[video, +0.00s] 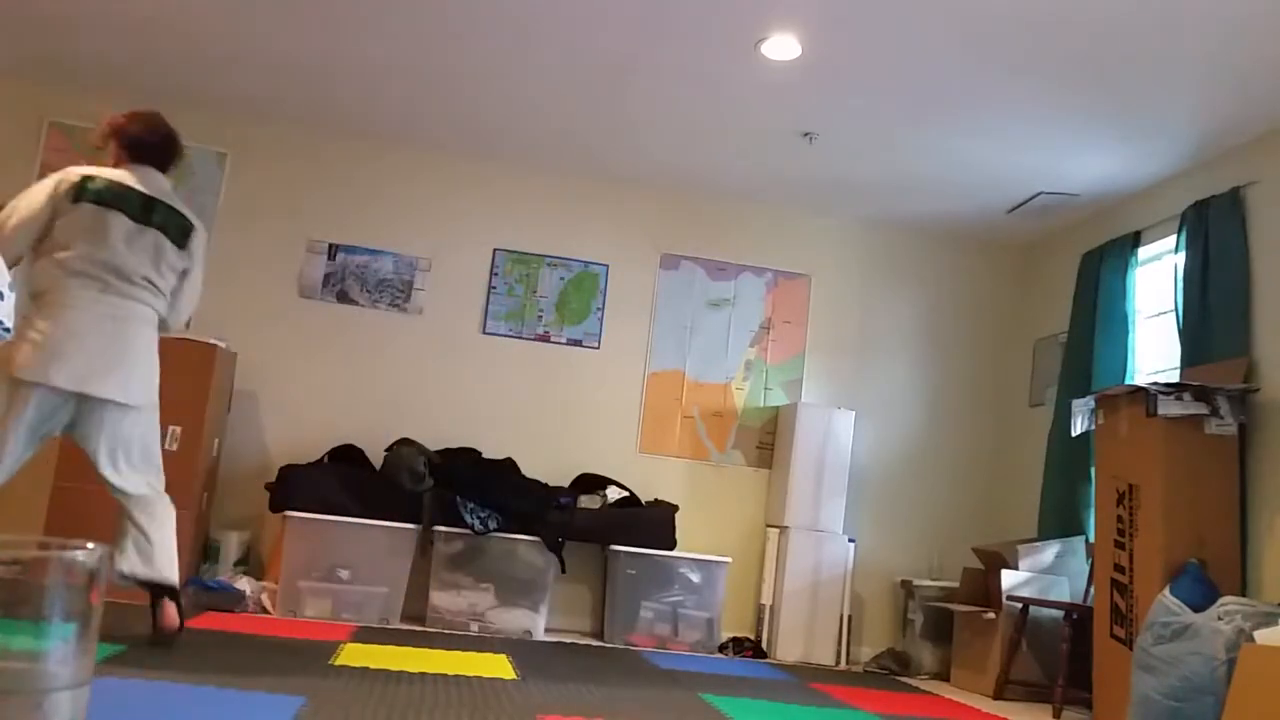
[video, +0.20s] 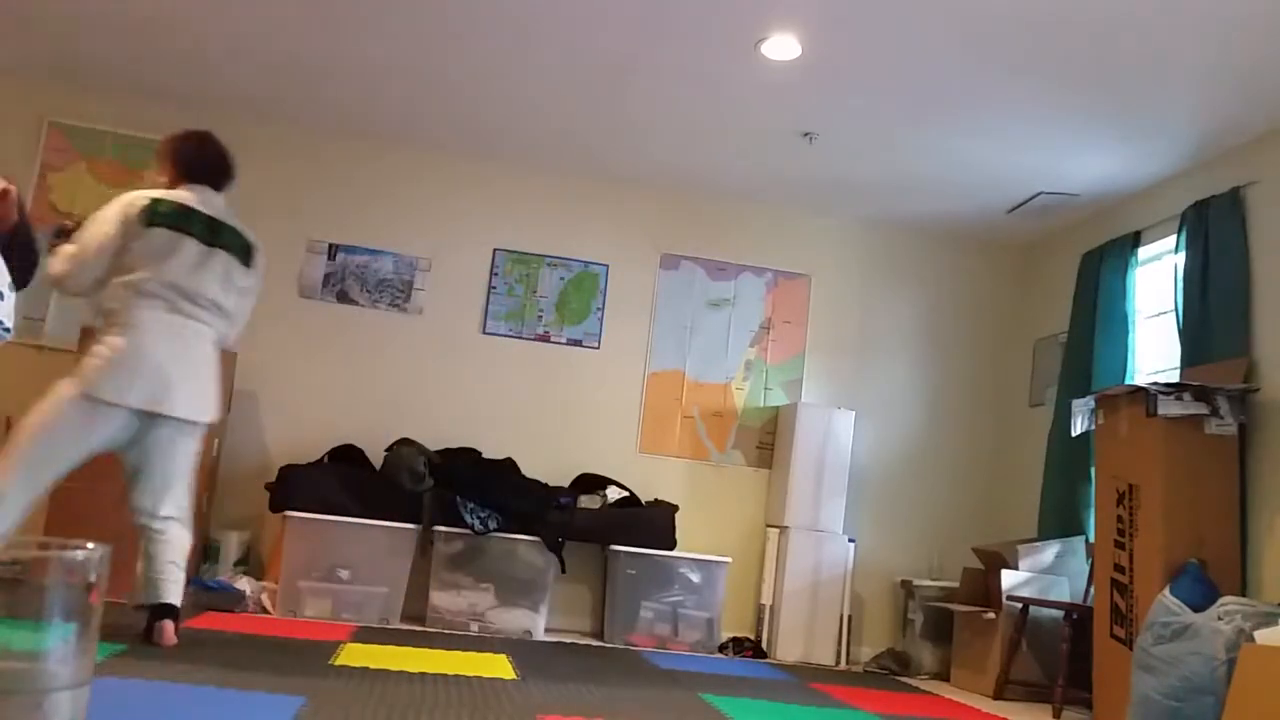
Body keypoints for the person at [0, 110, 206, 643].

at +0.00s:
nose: (102, 151)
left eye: (107, 144)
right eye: (106, 142)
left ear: (117, 150)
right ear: (167, 164)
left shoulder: (72, 182)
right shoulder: (190, 226)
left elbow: (8, 237)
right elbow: (176, 314)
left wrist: (32, 281)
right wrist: (128, 314)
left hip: (50, 347)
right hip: (129, 366)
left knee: (0, 460)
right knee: (143, 485)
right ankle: (164, 592)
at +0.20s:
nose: (154, 173)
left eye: (159, 164)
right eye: (158, 163)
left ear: (173, 170)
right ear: (222, 181)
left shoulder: (139, 205)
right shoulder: (246, 247)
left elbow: (73, 275)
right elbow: (231, 331)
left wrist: (61, 244)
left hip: (122, 372)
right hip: (193, 389)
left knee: (22, 472)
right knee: (167, 510)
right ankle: (165, 617)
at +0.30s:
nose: (186, 167)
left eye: (189, 159)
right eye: (189, 159)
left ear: (199, 162)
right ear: (250, 171)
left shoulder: (169, 198)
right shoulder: (275, 234)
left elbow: (109, 273)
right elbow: (266, 314)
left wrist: (92, 255)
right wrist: (223, 291)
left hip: (163, 356)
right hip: (232, 373)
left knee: (88, 461)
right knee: (199, 494)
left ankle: (32, 572)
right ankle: (173, 610)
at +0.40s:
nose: (208, 165)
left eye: (210, 157)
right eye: (210, 157)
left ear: (220, 158)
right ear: (272, 167)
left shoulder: (192, 191)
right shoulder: (298, 226)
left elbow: (138, 269)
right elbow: (290, 310)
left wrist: (116, 261)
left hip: (194, 351)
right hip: (265, 362)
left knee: (142, 463)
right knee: (241, 479)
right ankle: (229, 595)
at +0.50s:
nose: (230, 180)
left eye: (232, 172)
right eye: (232, 172)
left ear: (244, 172)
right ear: (296, 181)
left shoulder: (217, 208)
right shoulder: (323, 244)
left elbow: (162, 283)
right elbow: (313, 328)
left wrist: (140, 271)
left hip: (218, 375)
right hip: (289, 386)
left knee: (160, 491)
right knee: (296, 496)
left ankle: (152, 615)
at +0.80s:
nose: (257, 213)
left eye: (260, 206)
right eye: (261, 206)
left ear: (270, 211)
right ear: (315, 222)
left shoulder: (229, 251)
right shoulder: (343, 281)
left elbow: (160, 298)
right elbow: (369, 356)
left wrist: (127, 288)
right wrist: (320, 390)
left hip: (226, 407)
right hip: (303, 416)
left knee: (145, 497)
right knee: (342, 534)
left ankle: (84, 603)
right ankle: (353, 638)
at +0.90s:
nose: (224, 206)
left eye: (228, 199)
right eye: (229, 199)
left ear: (234, 204)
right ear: (283, 215)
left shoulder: (182, 245)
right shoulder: (305, 266)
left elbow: (79, 258)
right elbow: (350, 326)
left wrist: (48, 239)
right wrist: (327, 376)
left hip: (213, 395)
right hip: (289, 400)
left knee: (132, 501)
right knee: (325, 518)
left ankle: (67, 604)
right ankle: (348, 624)